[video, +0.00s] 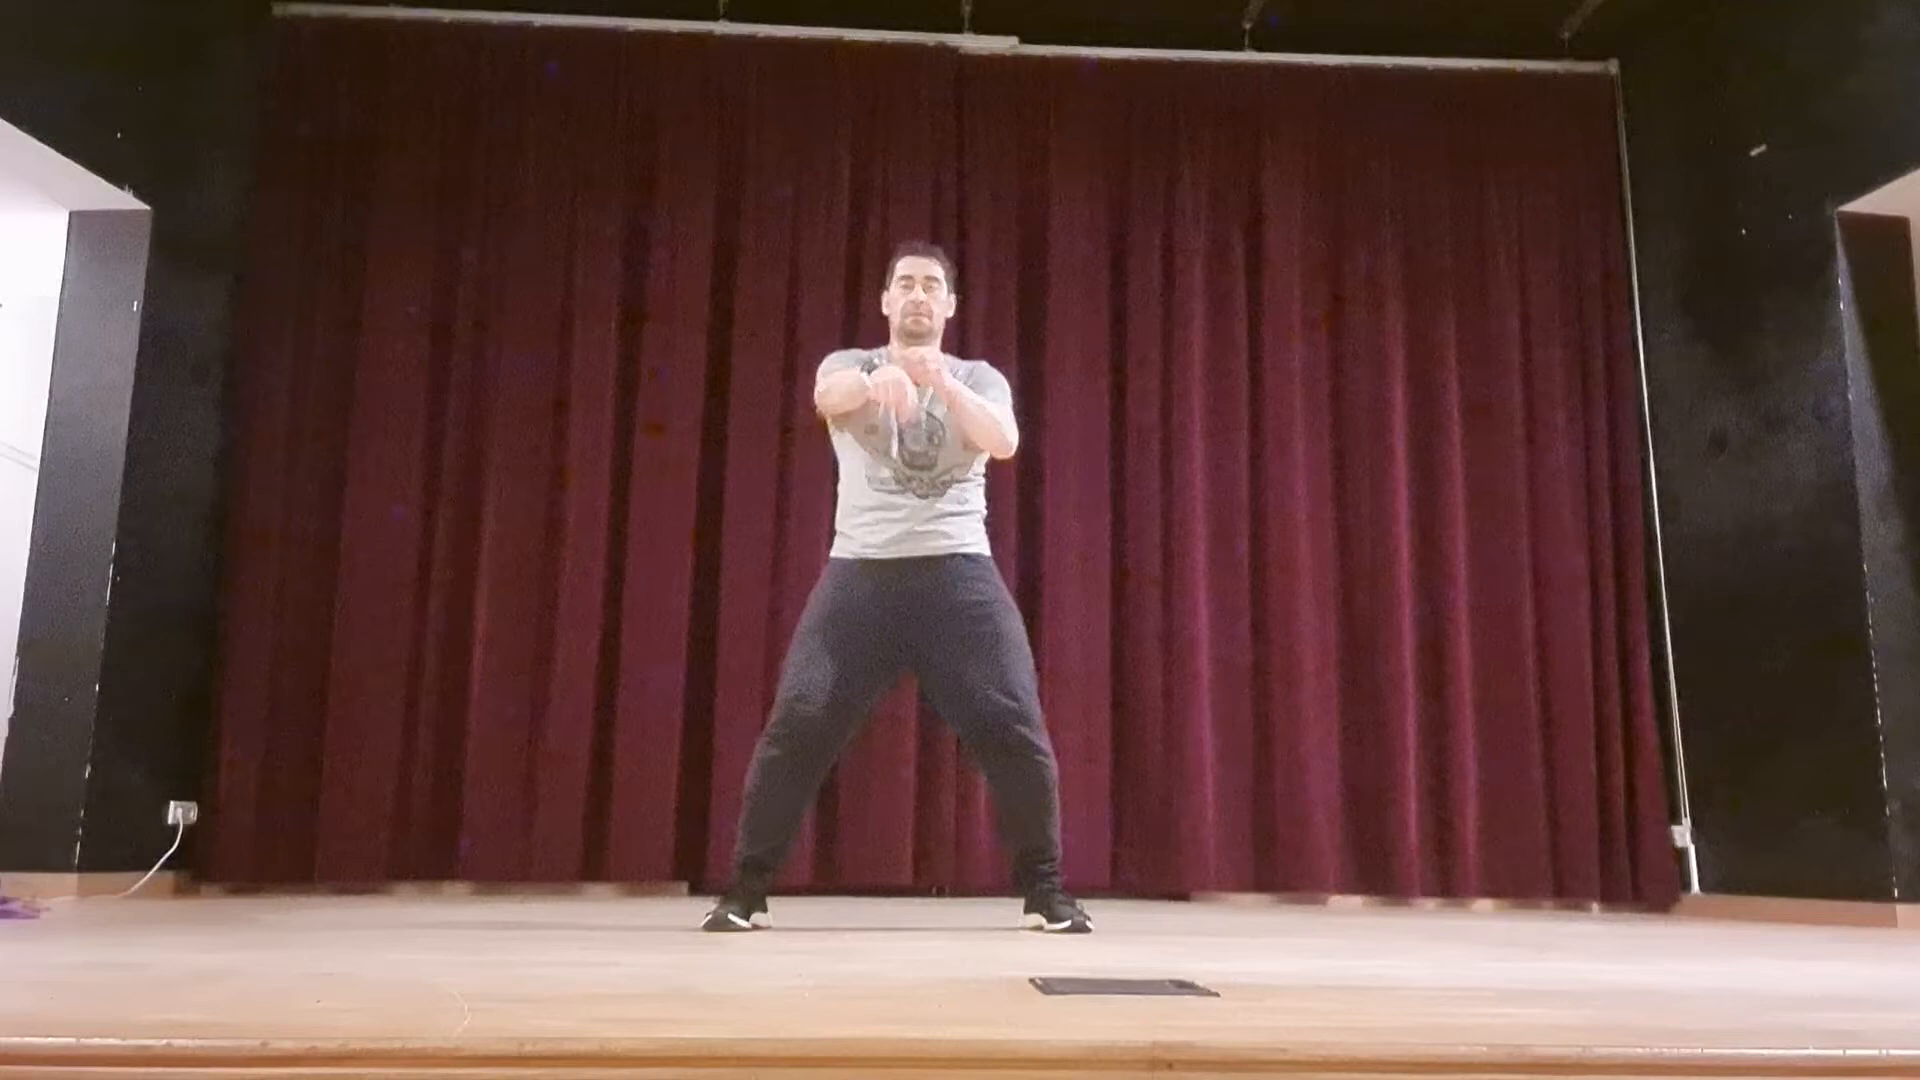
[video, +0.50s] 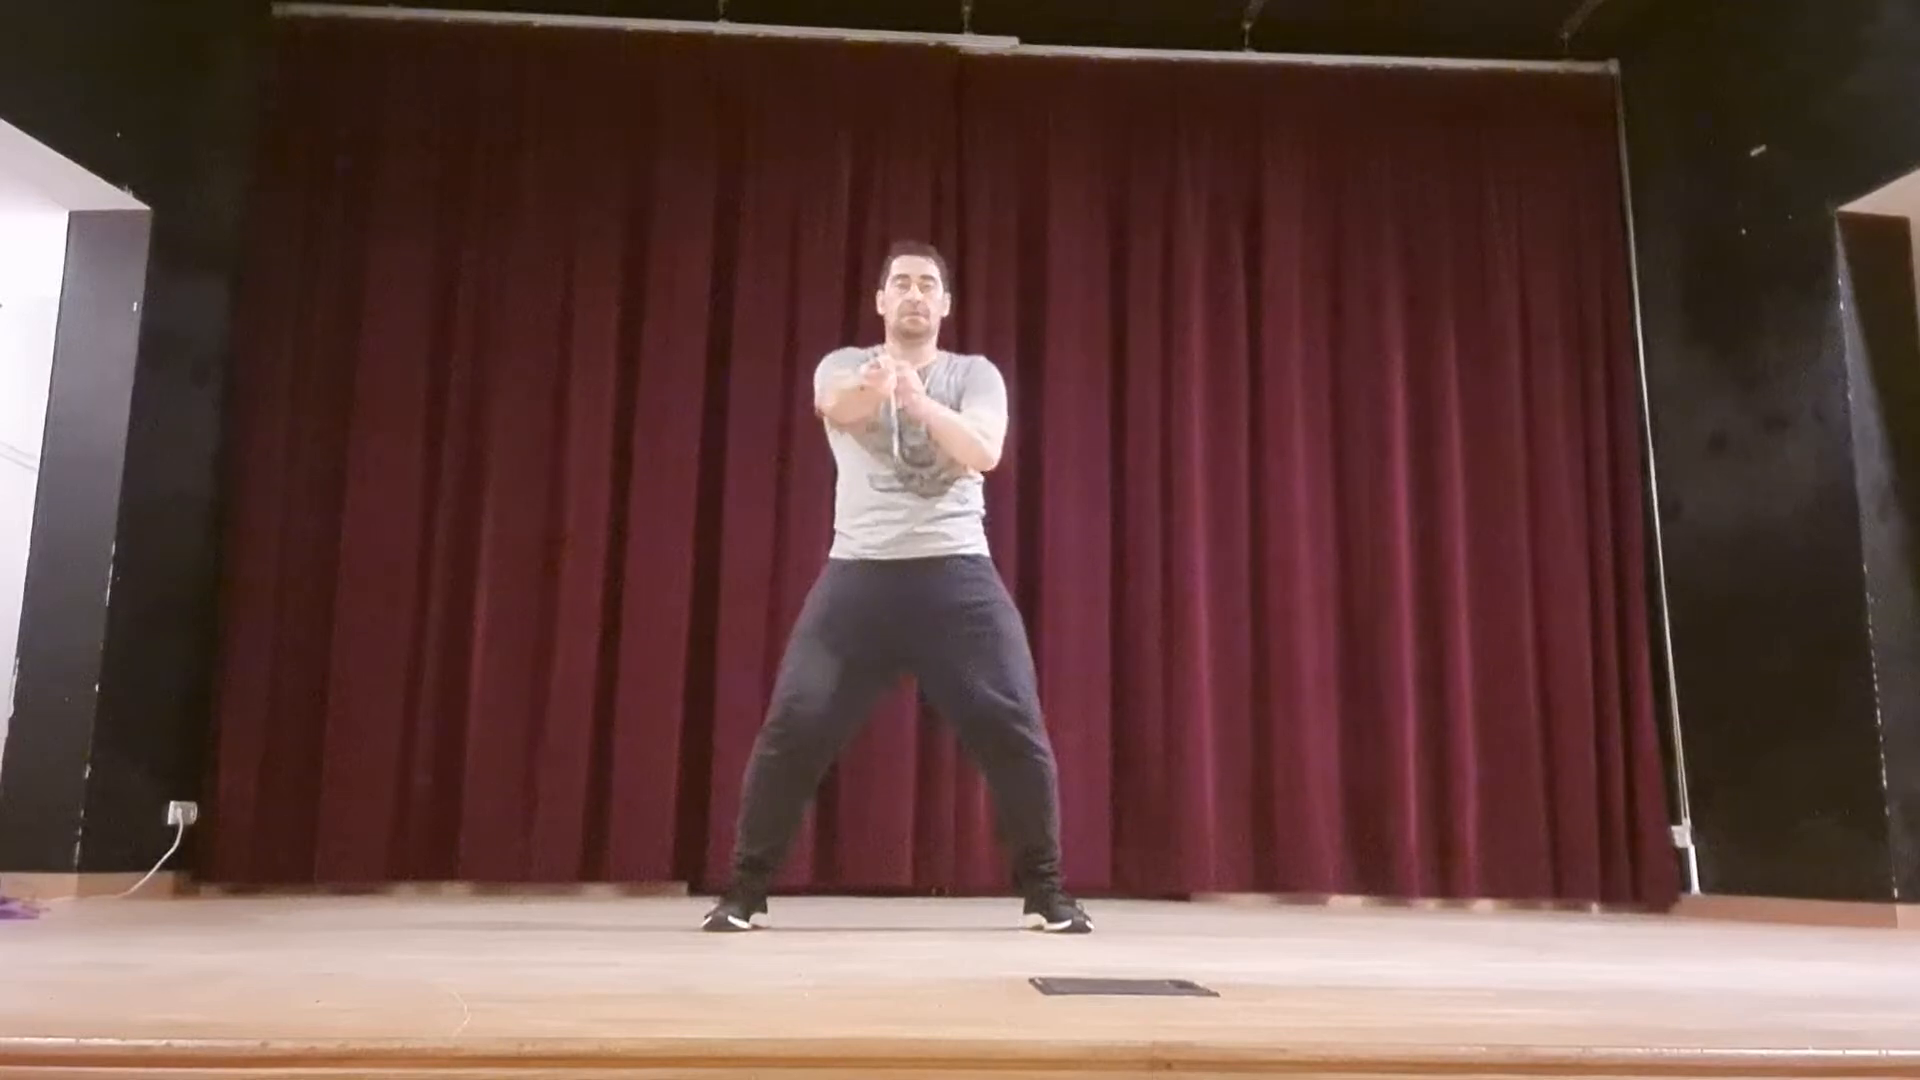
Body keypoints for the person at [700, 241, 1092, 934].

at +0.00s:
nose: (917, 294)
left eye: (930, 286)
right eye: (906, 284)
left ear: (951, 306)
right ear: (884, 302)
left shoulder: (979, 378)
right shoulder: (849, 365)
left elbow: (1001, 442)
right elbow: (829, 400)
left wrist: (941, 381)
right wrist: (876, 382)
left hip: (959, 576)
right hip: (860, 575)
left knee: (1014, 725)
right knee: (799, 719)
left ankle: (1045, 890)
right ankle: (746, 891)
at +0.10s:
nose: (915, 294)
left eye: (928, 285)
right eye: (903, 284)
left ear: (949, 306)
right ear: (881, 302)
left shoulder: (978, 379)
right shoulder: (846, 364)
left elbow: (996, 448)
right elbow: (833, 402)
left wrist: (929, 399)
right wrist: (878, 387)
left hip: (959, 577)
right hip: (859, 576)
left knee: (1014, 728)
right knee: (798, 720)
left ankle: (1045, 891)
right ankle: (745, 892)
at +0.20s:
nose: (914, 294)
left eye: (927, 285)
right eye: (902, 284)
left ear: (947, 305)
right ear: (880, 302)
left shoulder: (978, 380)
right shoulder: (844, 365)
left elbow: (985, 457)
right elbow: (836, 405)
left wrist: (919, 407)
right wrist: (875, 388)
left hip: (958, 577)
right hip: (859, 576)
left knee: (1015, 728)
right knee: (796, 723)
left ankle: (1044, 891)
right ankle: (746, 891)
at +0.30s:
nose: (913, 293)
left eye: (926, 285)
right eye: (901, 283)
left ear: (946, 305)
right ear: (879, 302)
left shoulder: (978, 379)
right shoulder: (842, 366)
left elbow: (981, 458)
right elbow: (840, 410)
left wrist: (922, 406)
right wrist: (874, 387)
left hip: (958, 578)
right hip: (858, 576)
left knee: (1014, 726)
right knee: (796, 721)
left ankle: (1044, 891)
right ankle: (746, 892)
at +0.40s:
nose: (913, 294)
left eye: (926, 285)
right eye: (901, 283)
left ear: (946, 304)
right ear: (879, 301)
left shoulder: (977, 377)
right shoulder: (842, 366)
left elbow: (978, 457)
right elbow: (841, 413)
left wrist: (922, 403)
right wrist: (877, 381)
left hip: (958, 577)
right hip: (859, 576)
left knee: (1013, 724)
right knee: (796, 722)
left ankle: (1044, 891)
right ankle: (746, 892)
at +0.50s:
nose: (913, 294)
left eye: (926, 285)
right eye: (901, 283)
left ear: (946, 304)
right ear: (879, 301)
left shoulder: (975, 375)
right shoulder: (842, 365)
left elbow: (982, 457)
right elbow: (842, 412)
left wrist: (918, 403)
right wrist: (874, 386)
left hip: (958, 578)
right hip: (858, 577)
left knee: (1013, 724)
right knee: (795, 722)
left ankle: (1044, 891)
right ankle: (745, 892)